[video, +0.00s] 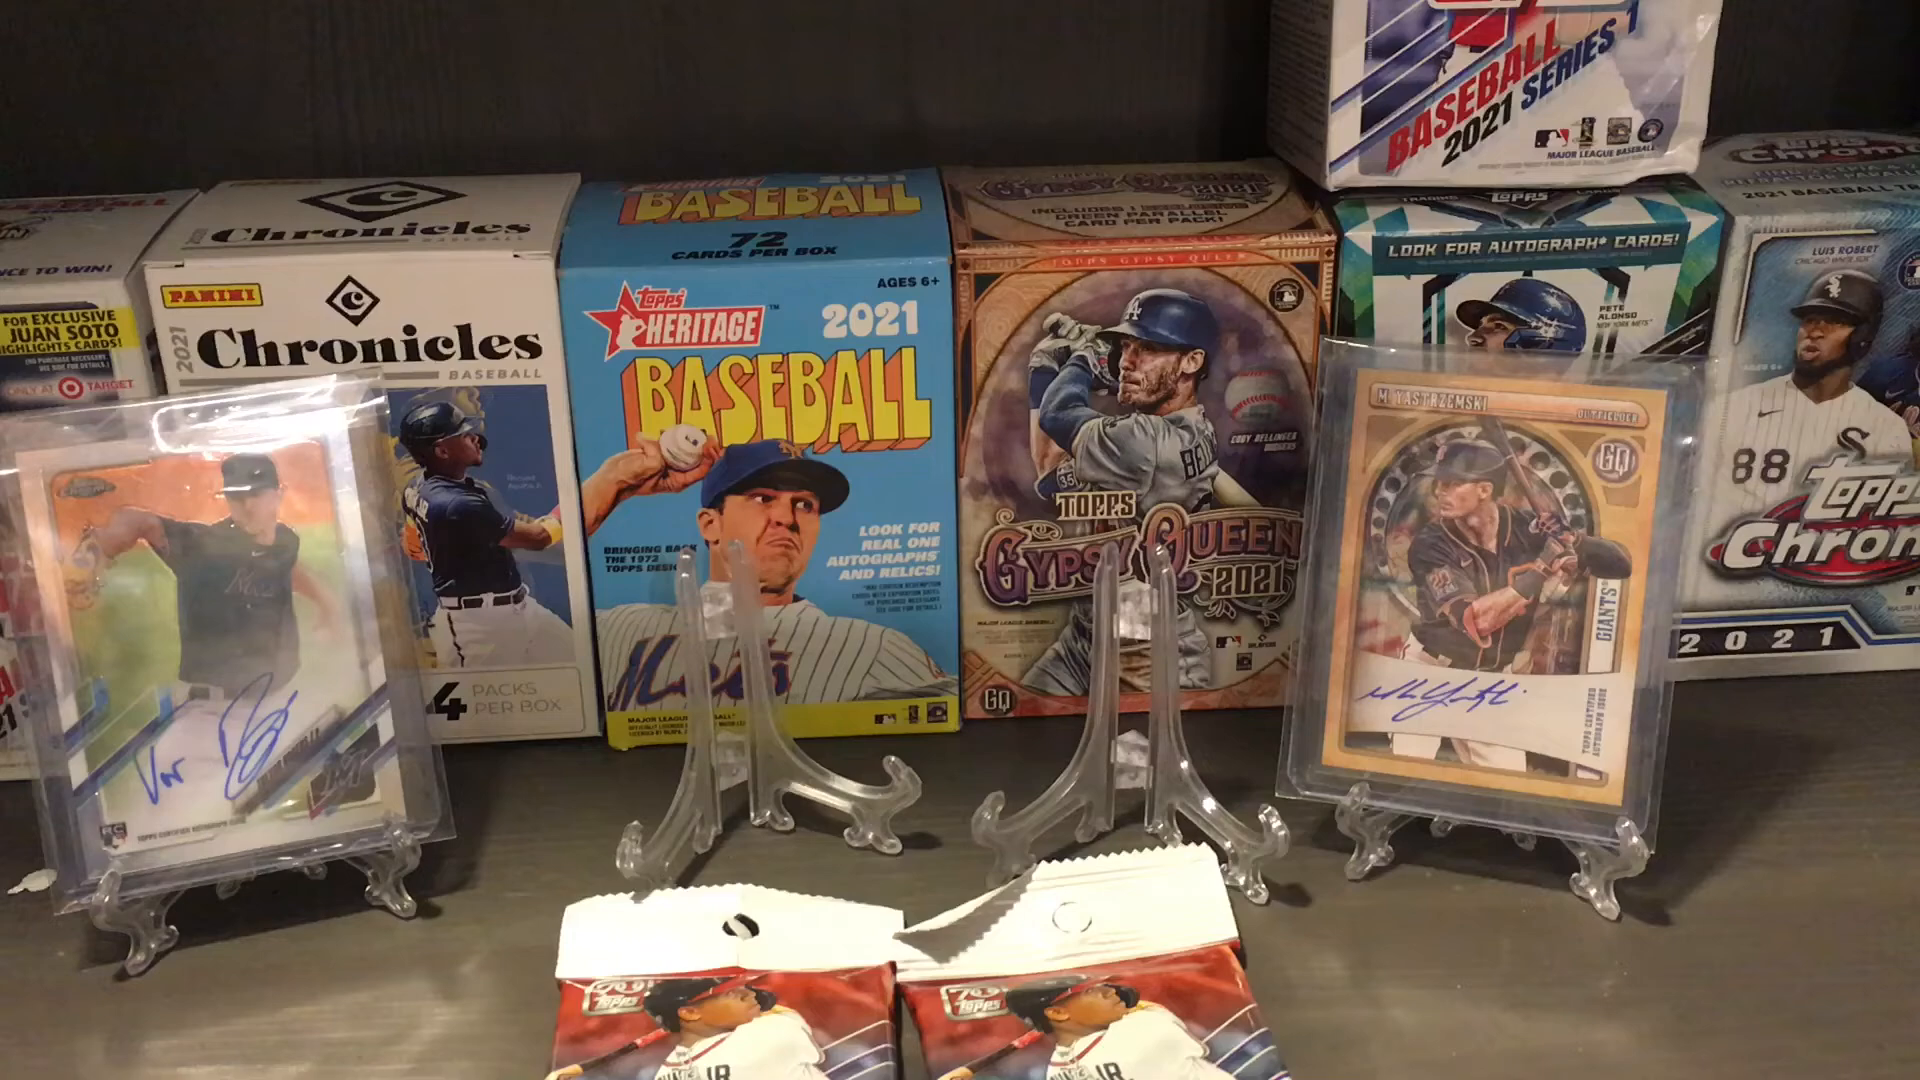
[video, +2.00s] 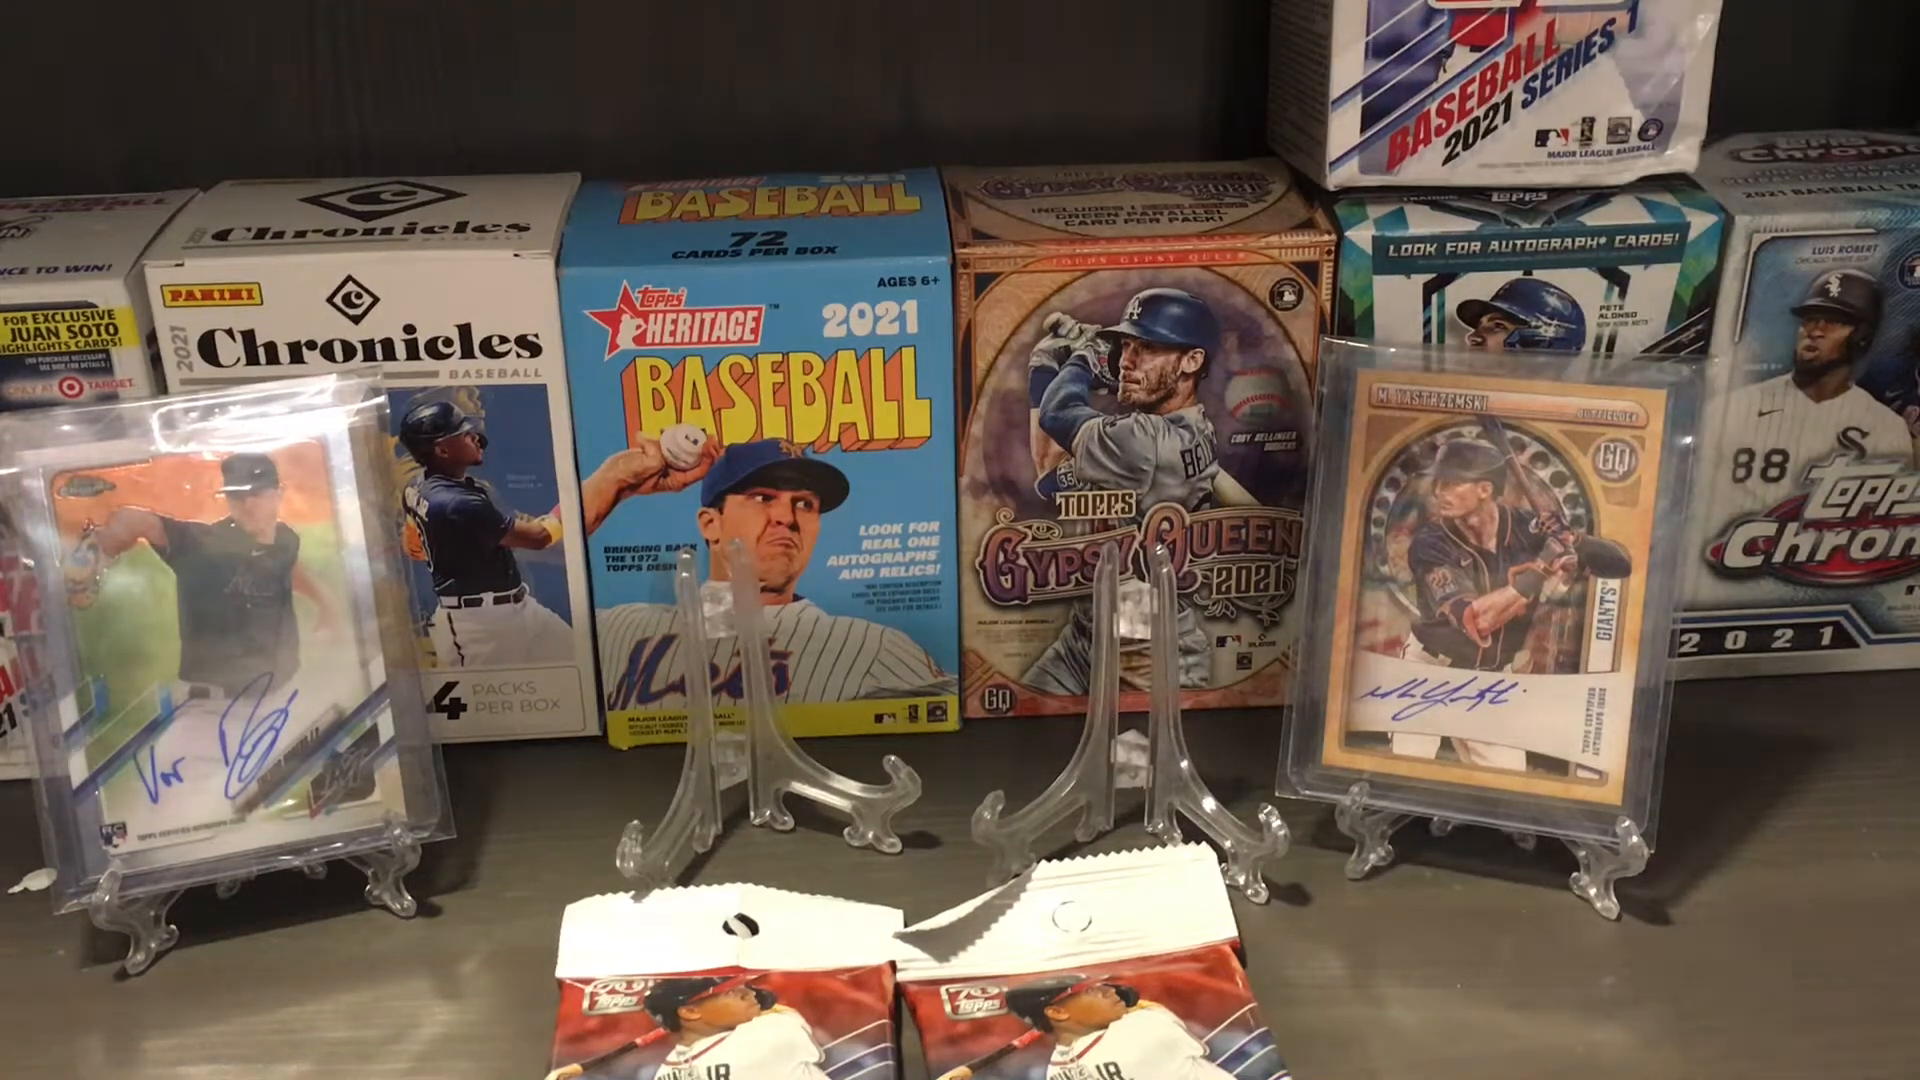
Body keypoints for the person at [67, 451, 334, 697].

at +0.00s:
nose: (245, 505)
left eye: (254, 494)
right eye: (236, 497)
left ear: (277, 495)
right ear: (227, 500)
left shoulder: (286, 542)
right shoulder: (199, 544)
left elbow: (286, 571)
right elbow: (134, 520)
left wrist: (325, 601)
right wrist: (99, 551)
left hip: (278, 699)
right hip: (215, 705)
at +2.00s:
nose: (247, 503)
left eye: (256, 493)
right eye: (237, 495)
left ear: (278, 495)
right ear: (227, 499)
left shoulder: (286, 542)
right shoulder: (198, 542)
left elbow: (288, 570)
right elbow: (134, 519)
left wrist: (324, 601)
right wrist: (104, 546)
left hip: (278, 702)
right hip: (214, 706)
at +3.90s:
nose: (248, 503)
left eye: (257, 493)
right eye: (237, 495)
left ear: (277, 495)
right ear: (227, 501)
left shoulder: (286, 543)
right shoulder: (197, 543)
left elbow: (289, 570)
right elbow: (132, 519)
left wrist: (323, 600)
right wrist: (98, 554)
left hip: (278, 696)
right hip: (215, 701)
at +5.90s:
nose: (251, 507)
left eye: (259, 496)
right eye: (240, 498)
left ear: (276, 496)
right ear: (229, 502)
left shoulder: (286, 541)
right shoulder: (199, 542)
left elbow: (292, 569)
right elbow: (141, 522)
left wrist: (322, 600)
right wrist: (109, 539)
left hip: (276, 690)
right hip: (214, 695)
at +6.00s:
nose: (249, 506)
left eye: (258, 496)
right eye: (238, 498)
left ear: (276, 495)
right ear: (227, 501)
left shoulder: (286, 541)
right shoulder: (200, 542)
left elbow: (292, 569)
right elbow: (143, 523)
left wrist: (321, 599)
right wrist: (114, 536)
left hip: (276, 688)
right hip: (214, 694)